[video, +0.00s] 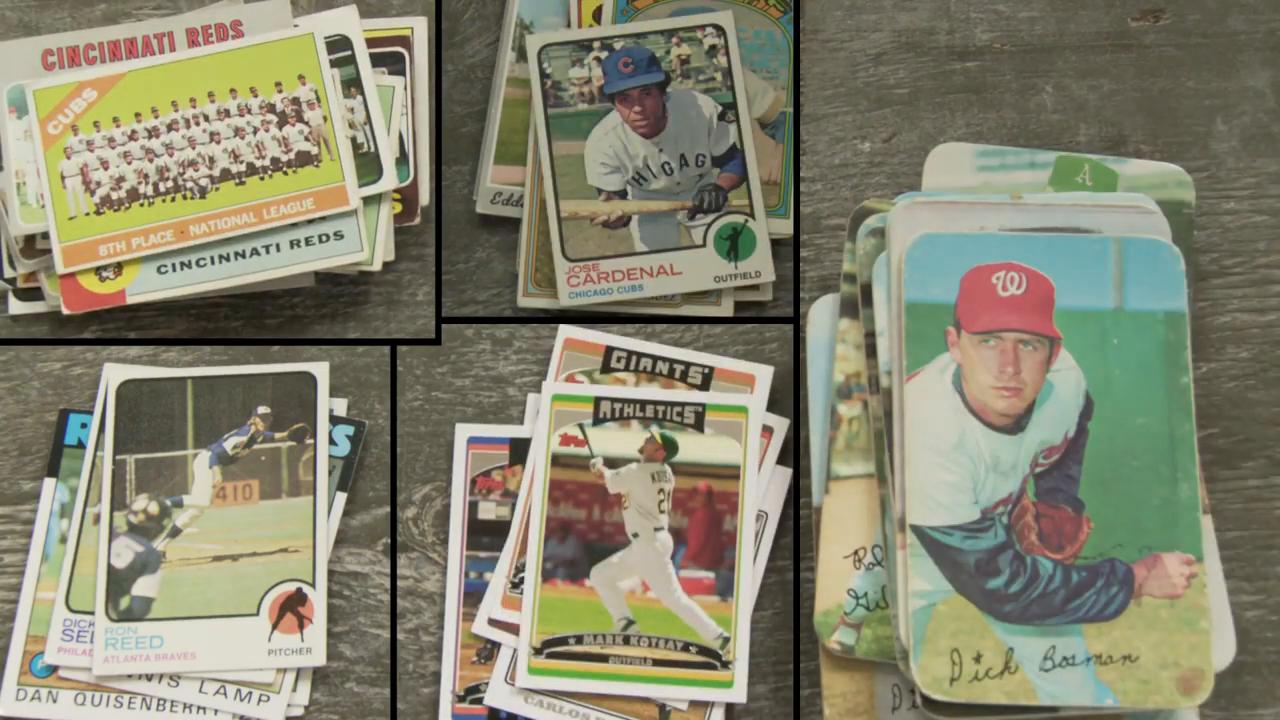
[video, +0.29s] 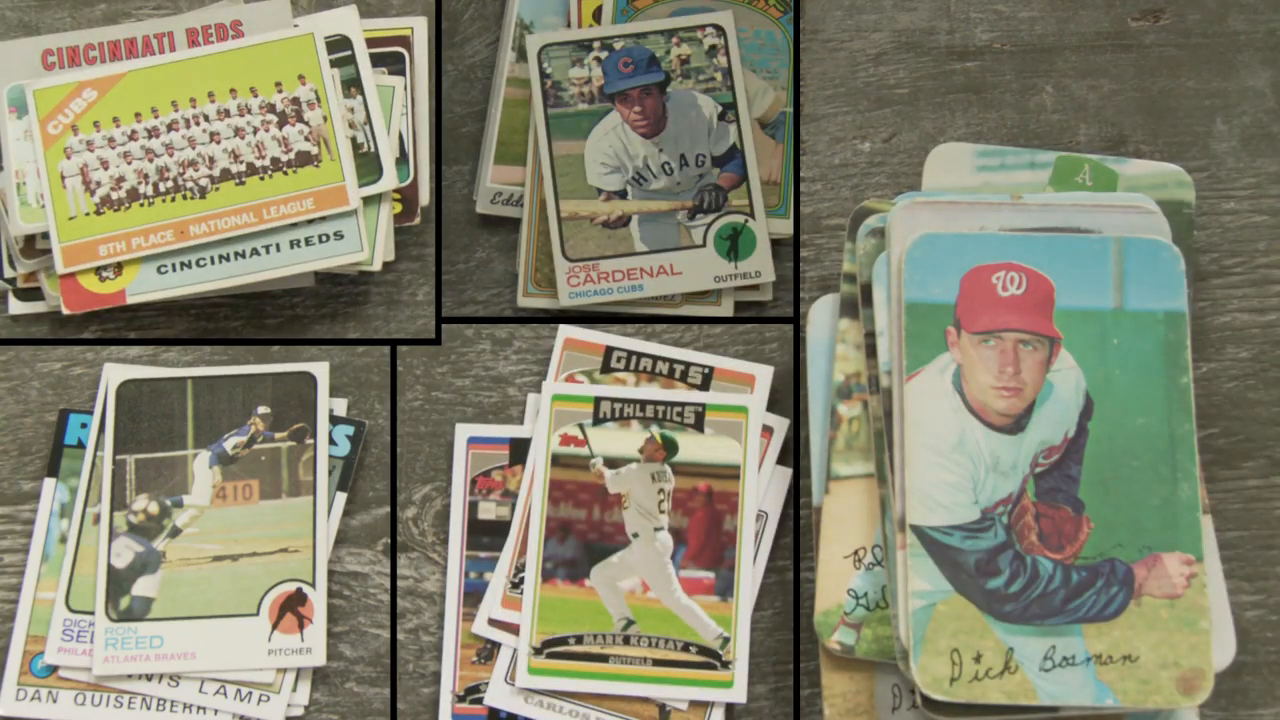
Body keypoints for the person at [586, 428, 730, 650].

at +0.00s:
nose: (645, 442)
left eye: (651, 441)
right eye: (648, 439)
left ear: (660, 453)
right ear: (661, 455)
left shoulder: (636, 472)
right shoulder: (665, 472)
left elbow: (612, 483)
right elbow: (630, 480)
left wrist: (601, 468)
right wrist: (605, 473)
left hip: (649, 542)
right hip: (659, 539)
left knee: (672, 596)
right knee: (600, 574)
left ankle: (718, 637)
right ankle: (624, 622)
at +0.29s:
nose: (645, 442)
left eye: (651, 441)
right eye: (648, 439)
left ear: (660, 454)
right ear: (661, 456)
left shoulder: (636, 472)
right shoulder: (665, 472)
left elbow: (612, 483)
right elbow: (630, 481)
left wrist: (600, 468)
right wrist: (605, 473)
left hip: (649, 542)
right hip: (657, 539)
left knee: (672, 596)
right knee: (600, 574)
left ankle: (718, 636)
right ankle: (624, 621)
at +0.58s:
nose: (645, 443)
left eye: (651, 442)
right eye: (648, 440)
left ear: (661, 454)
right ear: (661, 456)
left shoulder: (636, 471)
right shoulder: (666, 473)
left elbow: (611, 482)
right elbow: (630, 481)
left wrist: (600, 467)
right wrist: (605, 473)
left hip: (649, 542)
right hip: (658, 539)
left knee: (672, 596)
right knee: (600, 574)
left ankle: (718, 636)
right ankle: (624, 622)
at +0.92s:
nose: (645, 443)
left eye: (651, 442)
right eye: (648, 440)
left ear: (661, 454)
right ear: (661, 456)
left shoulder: (636, 471)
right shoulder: (666, 473)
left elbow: (611, 482)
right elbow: (630, 481)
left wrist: (600, 467)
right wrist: (605, 473)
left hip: (649, 542)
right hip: (658, 539)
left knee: (672, 596)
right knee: (600, 574)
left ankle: (718, 636)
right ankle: (624, 622)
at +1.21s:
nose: (645, 443)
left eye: (651, 442)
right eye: (648, 440)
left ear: (661, 454)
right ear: (661, 456)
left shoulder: (636, 471)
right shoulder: (666, 473)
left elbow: (611, 482)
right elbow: (630, 481)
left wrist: (600, 467)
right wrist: (605, 473)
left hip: (649, 542)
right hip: (658, 539)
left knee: (672, 596)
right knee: (600, 574)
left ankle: (718, 636)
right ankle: (624, 622)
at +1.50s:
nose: (645, 443)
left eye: (651, 442)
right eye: (648, 440)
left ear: (661, 454)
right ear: (661, 456)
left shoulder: (636, 471)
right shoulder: (666, 473)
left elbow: (611, 482)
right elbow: (630, 481)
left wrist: (600, 467)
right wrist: (605, 473)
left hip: (649, 542)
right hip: (658, 539)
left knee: (672, 596)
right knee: (600, 574)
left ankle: (718, 636)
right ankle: (624, 622)